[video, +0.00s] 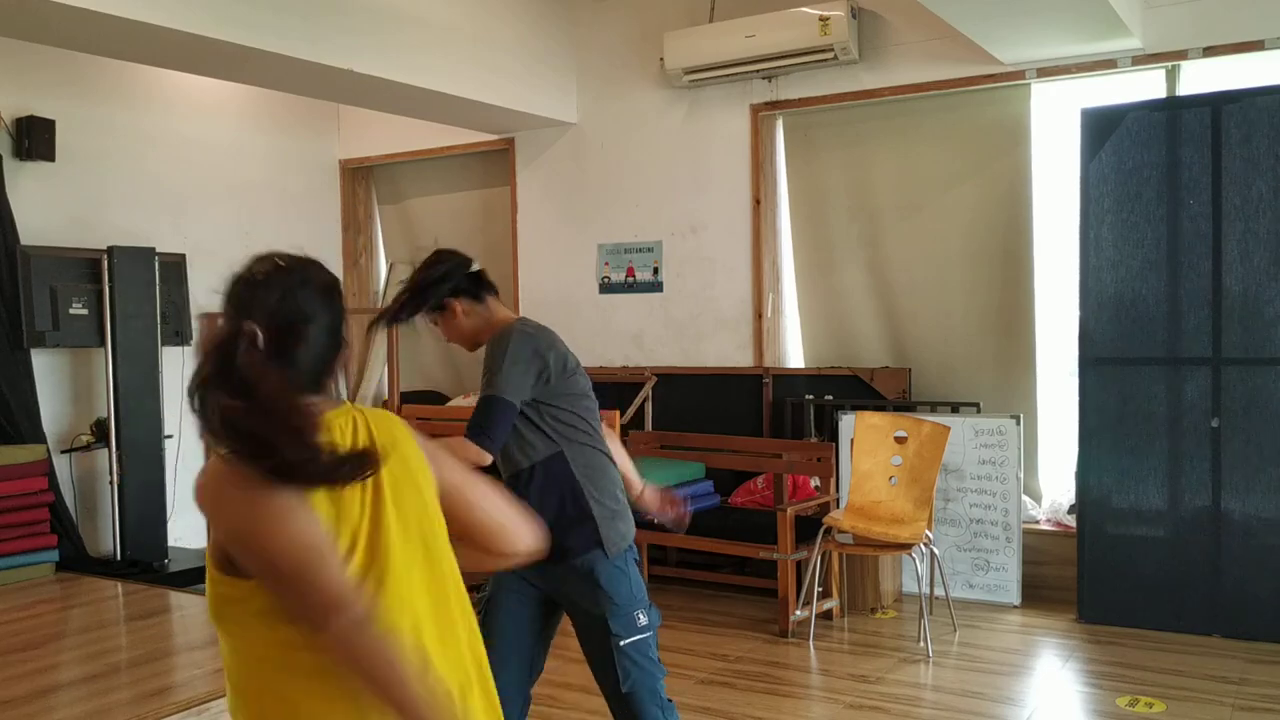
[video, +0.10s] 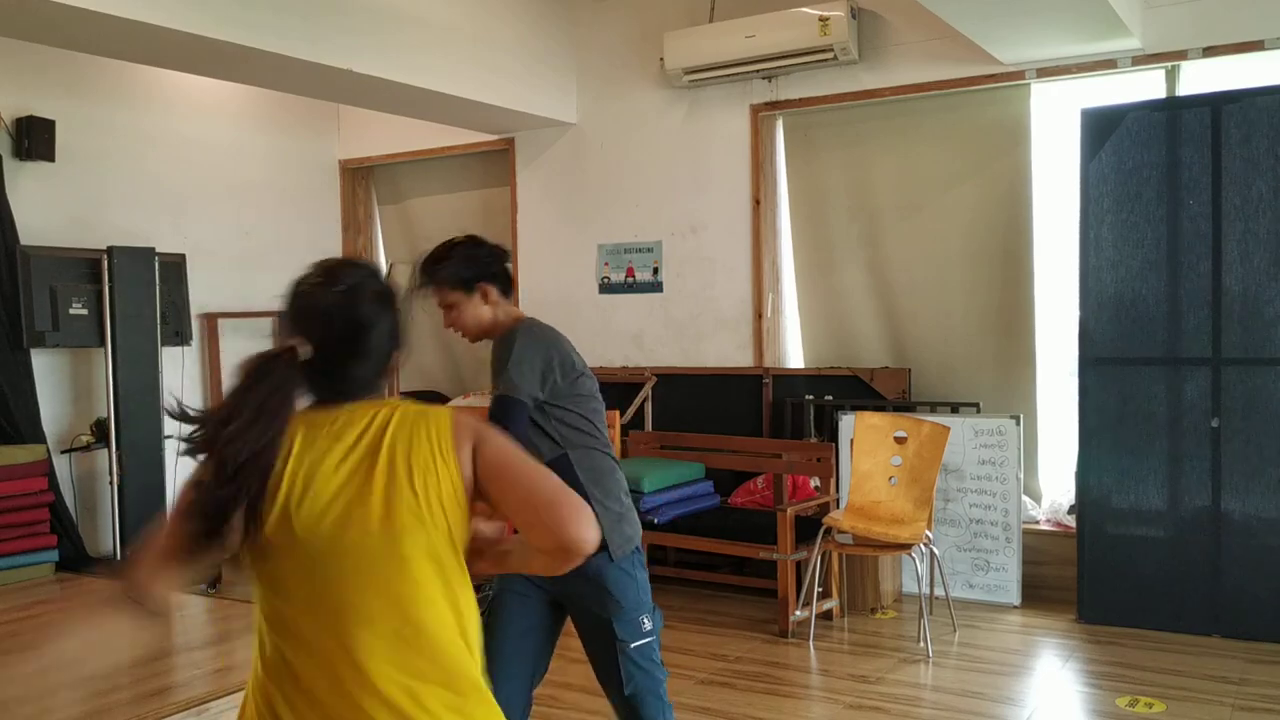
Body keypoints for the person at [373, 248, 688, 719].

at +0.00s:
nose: (441, 334)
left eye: (438, 319)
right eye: (435, 323)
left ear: (458, 303)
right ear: (471, 297)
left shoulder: (521, 341)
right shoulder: (517, 347)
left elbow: (480, 449)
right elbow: (597, 428)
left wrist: (405, 448)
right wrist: (639, 490)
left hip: (594, 546)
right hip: (531, 550)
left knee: (640, 702)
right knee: (498, 695)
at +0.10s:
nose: (446, 322)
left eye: (451, 307)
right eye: (442, 311)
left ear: (487, 293)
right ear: (485, 295)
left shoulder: (530, 341)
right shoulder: (506, 351)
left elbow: (503, 445)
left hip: (603, 549)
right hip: (533, 552)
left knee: (639, 699)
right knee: (503, 695)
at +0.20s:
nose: (473, 303)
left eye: (484, 288)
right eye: (468, 290)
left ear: (522, 286)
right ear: (464, 293)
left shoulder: (548, 349)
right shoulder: (508, 364)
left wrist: (497, 463)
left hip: (606, 556)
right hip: (534, 559)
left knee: (654, 702)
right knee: (502, 696)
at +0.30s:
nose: (527, 285)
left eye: (539, 270)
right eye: (515, 272)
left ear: (565, 277)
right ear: (500, 280)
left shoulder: (597, 351)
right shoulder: (497, 364)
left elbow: (689, 408)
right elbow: (488, 445)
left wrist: (607, 452)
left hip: (610, 557)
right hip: (519, 561)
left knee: (662, 701)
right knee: (501, 707)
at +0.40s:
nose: (646, 285)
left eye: (651, 275)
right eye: (633, 271)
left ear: (656, 281)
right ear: (591, 276)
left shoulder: (644, 350)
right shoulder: (546, 343)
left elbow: (614, 425)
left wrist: (670, 419)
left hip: (614, 547)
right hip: (540, 552)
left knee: (659, 701)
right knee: (512, 700)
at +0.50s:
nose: (691, 329)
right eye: (696, 321)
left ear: (643, 289)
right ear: (688, 321)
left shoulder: (599, 340)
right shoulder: (637, 359)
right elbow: (548, 441)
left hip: (617, 543)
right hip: (570, 541)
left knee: (662, 687)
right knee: (533, 695)